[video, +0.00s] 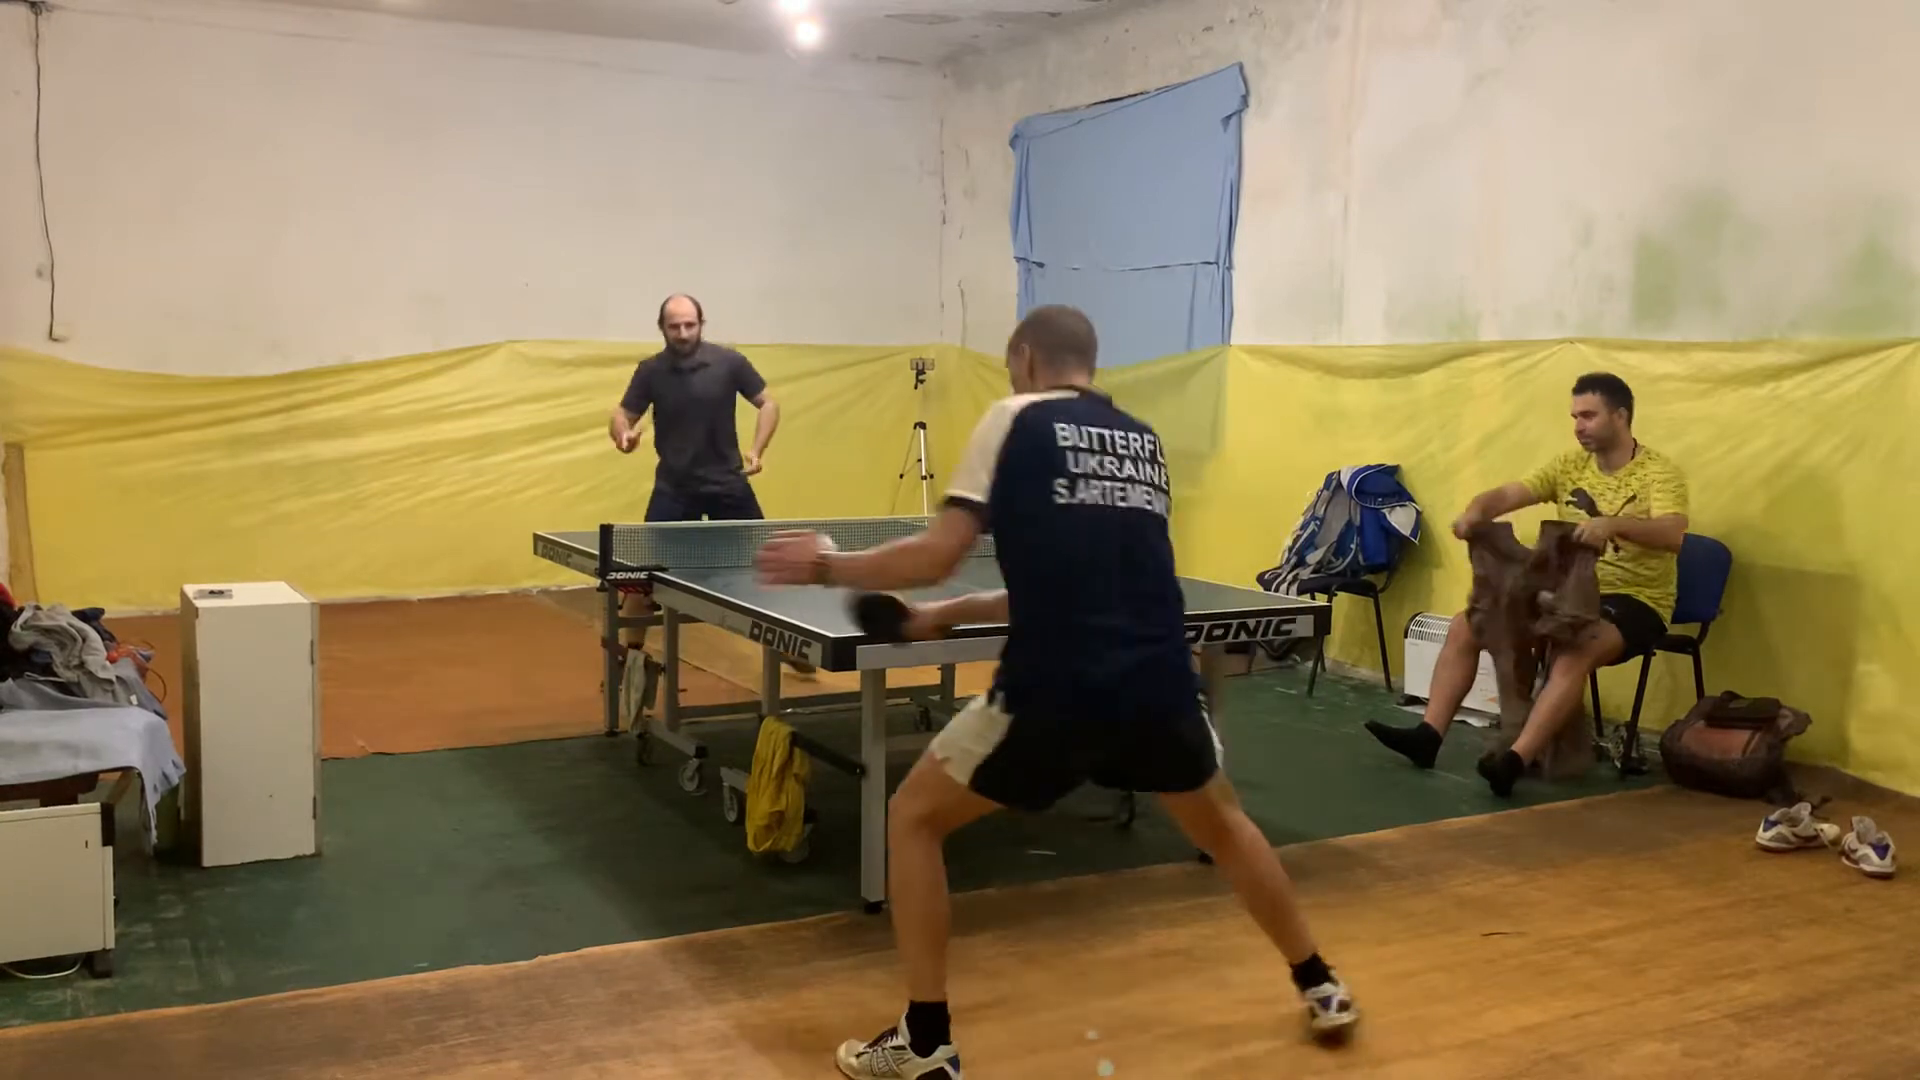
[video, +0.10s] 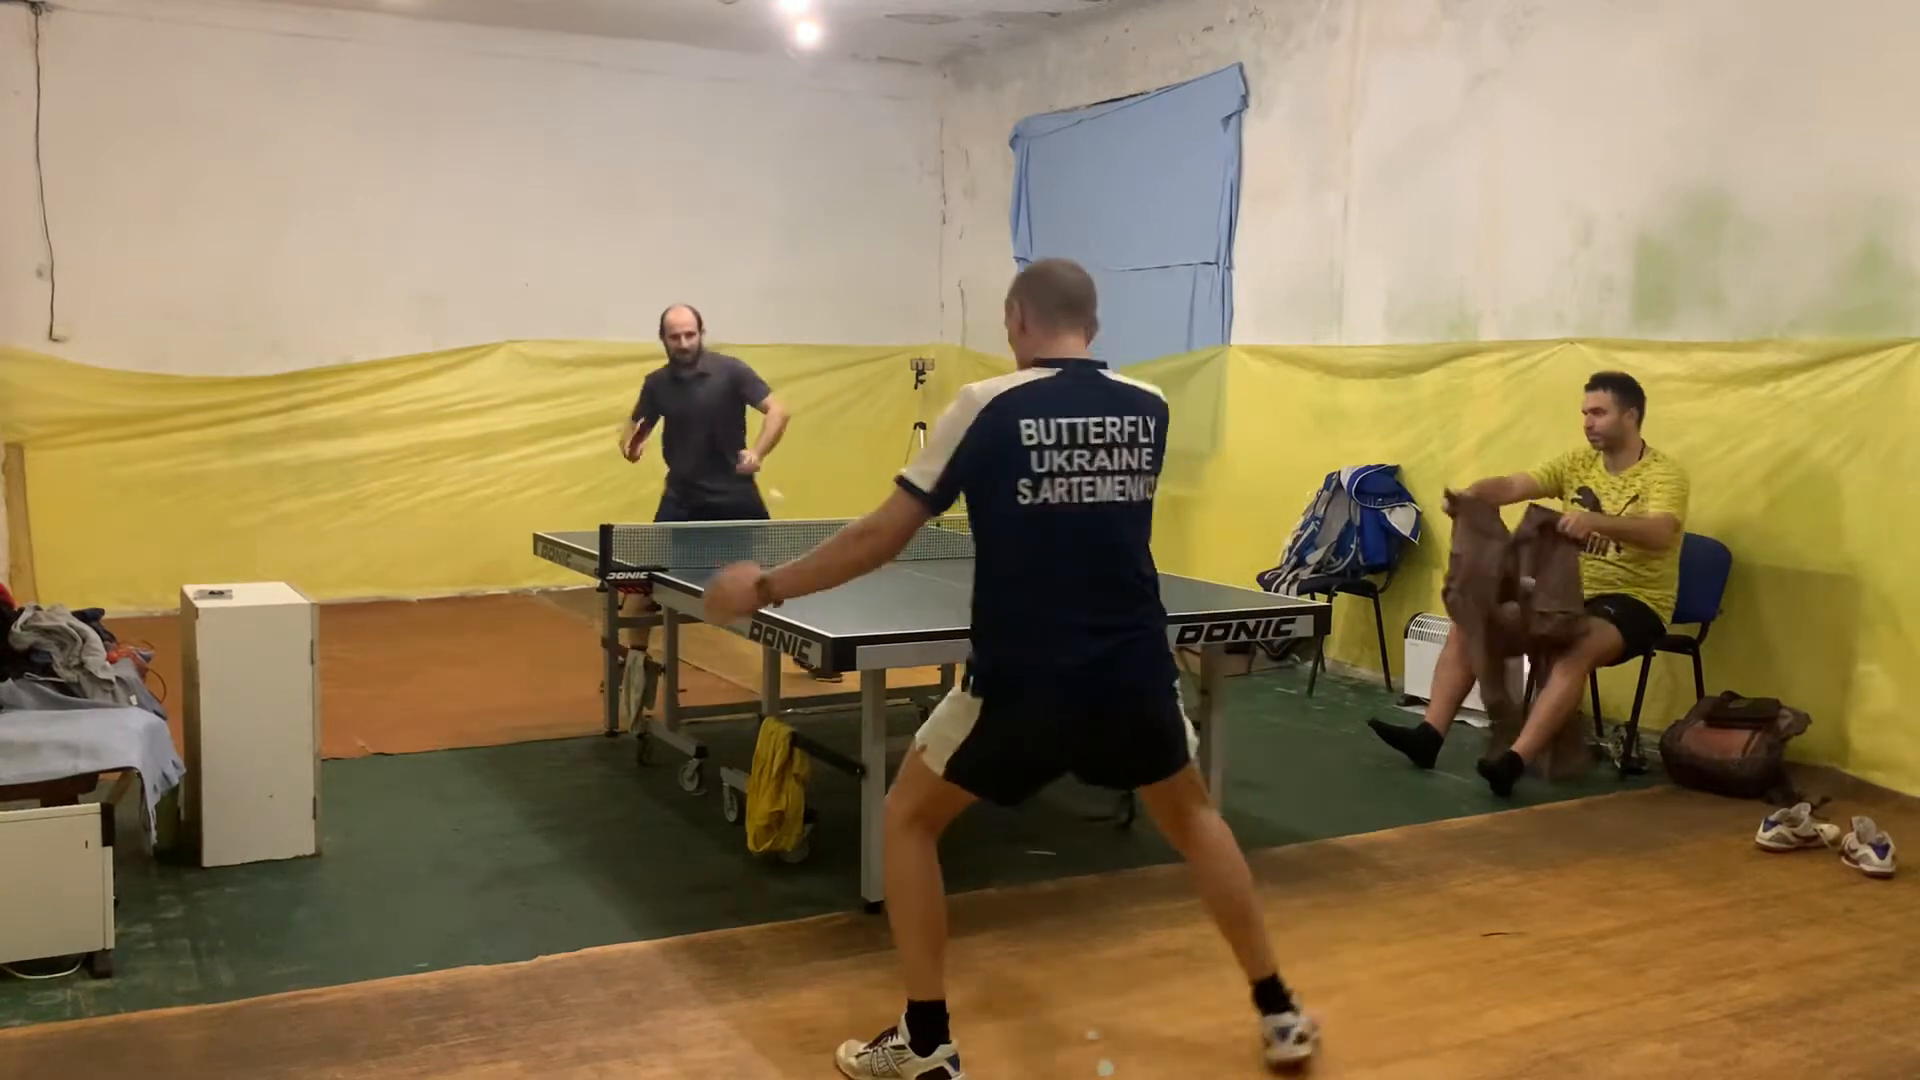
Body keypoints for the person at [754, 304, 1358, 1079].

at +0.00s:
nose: (1008, 377)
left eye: (1008, 367)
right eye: (1011, 369)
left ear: (1023, 362)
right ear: (1091, 367)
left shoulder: (1013, 417)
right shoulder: (1141, 437)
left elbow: (938, 552)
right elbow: (1083, 589)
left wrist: (830, 566)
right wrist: (942, 613)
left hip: (1050, 695)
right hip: (1160, 692)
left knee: (914, 819)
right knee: (1226, 829)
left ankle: (924, 1037)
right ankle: (1320, 983)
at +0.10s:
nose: (1004, 333)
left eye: (1004, 322)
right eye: (1009, 322)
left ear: (1016, 322)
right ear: (1097, 329)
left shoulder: (983, 407)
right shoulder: (1149, 408)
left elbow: (882, 536)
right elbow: (1102, 500)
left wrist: (766, 585)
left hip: (1019, 685)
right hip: (1134, 680)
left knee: (909, 819)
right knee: (1193, 817)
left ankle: (925, 1037)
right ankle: (1278, 1007)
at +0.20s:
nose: (1013, 310)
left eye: (1013, 299)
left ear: (1018, 305)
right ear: (1103, 310)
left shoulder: (974, 404)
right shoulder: (1148, 397)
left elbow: (877, 536)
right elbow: (1161, 465)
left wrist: (772, 611)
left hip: (1010, 678)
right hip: (1126, 675)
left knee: (911, 817)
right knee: (1170, 816)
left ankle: (925, 1035)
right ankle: (1236, 1021)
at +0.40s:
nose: (1062, 306)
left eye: (1064, 294)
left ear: (1071, 302)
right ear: (1154, 310)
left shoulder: (1040, 412)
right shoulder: (1196, 413)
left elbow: (989, 567)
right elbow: (1211, 436)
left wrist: (888, 657)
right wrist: (1190, 369)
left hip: (1058, 688)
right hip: (1170, 689)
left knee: (931, 816)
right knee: (1166, 879)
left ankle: (925, 1039)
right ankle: (1218, 1071)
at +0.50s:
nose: (1078, 322)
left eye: (1081, 310)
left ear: (1086, 318)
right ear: (1174, 329)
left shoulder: (1066, 428)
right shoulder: (1222, 424)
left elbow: (1029, 597)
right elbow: (1241, 502)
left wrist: (932, 684)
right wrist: (1196, 399)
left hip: (1087, 709)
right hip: (1205, 711)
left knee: (950, 820)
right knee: (1183, 909)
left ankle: (948, 1045)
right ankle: (1218, 1075)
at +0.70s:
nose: (1093, 323)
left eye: (1095, 312)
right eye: (1106, 311)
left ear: (1104, 318)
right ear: (1186, 328)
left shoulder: (1074, 409)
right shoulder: (1240, 419)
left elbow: (1039, 570)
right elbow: (1276, 549)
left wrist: (967, 669)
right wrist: (1186, 534)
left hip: (1115, 694)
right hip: (1232, 692)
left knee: (1016, 862)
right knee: (1245, 856)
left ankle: (1019, 1071)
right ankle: (1292, 1049)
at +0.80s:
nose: (1123, 330)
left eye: (1125, 318)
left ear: (1133, 326)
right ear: (1215, 337)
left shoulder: (1101, 407)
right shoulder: (1264, 422)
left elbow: (1051, 567)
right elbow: (1303, 571)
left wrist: (988, 660)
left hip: (1141, 689)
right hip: (1256, 687)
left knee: (1044, 867)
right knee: (1304, 850)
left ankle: (1026, 1072)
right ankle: (1391, 1053)